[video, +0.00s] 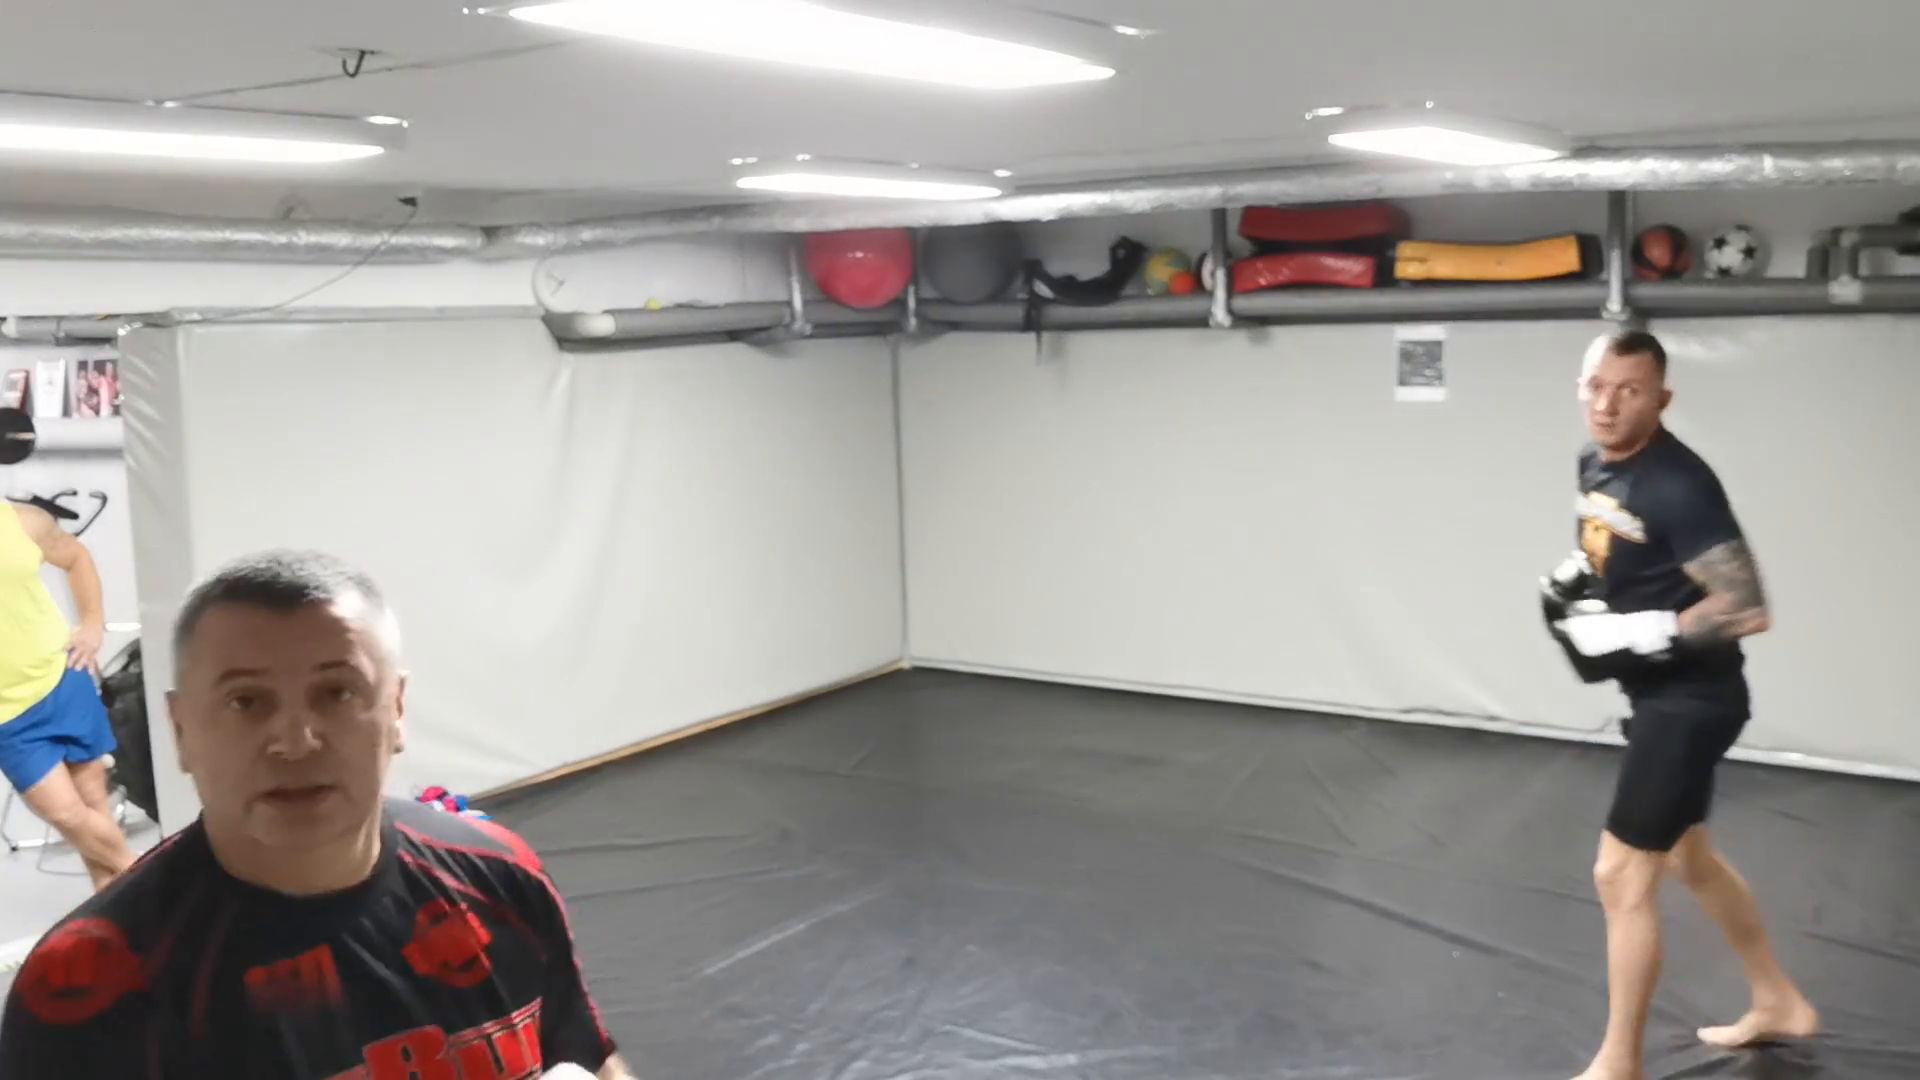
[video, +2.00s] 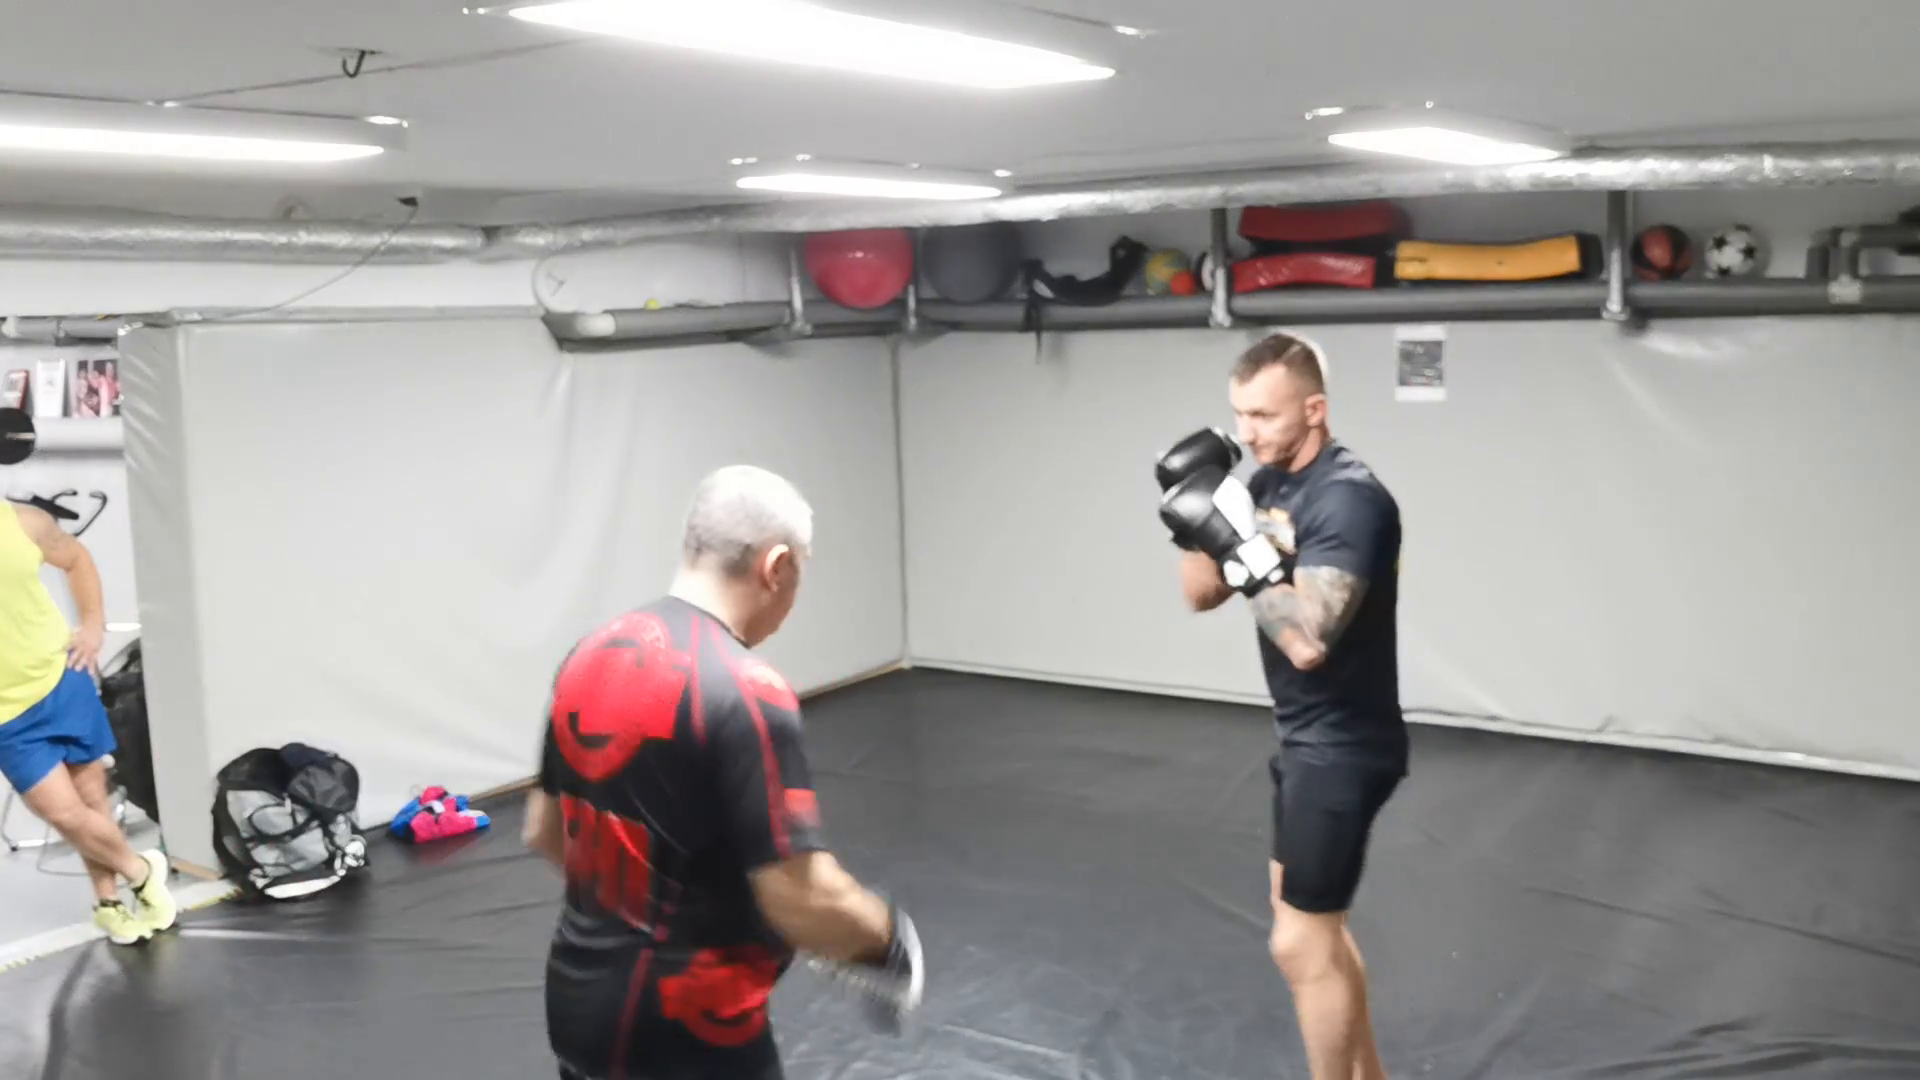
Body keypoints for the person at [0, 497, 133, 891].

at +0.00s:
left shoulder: (23, 522)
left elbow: (76, 557)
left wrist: (92, 623)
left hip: (64, 683)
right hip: (10, 717)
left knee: (93, 803)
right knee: (65, 816)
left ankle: (113, 909)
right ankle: (147, 880)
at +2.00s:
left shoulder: (21, 522)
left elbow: (76, 558)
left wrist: (93, 623)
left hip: (62, 682)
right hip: (7, 715)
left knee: (91, 797)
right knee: (65, 816)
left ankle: (107, 901)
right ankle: (142, 872)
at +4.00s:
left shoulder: (22, 523)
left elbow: (76, 558)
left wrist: (92, 624)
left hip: (61, 682)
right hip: (8, 714)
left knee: (91, 798)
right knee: (65, 816)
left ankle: (108, 902)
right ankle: (141, 872)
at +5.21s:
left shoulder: (22, 523)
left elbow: (76, 558)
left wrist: (93, 623)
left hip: (62, 681)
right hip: (8, 717)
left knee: (93, 797)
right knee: (66, 818)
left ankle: (110, 899)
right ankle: (155, 863)